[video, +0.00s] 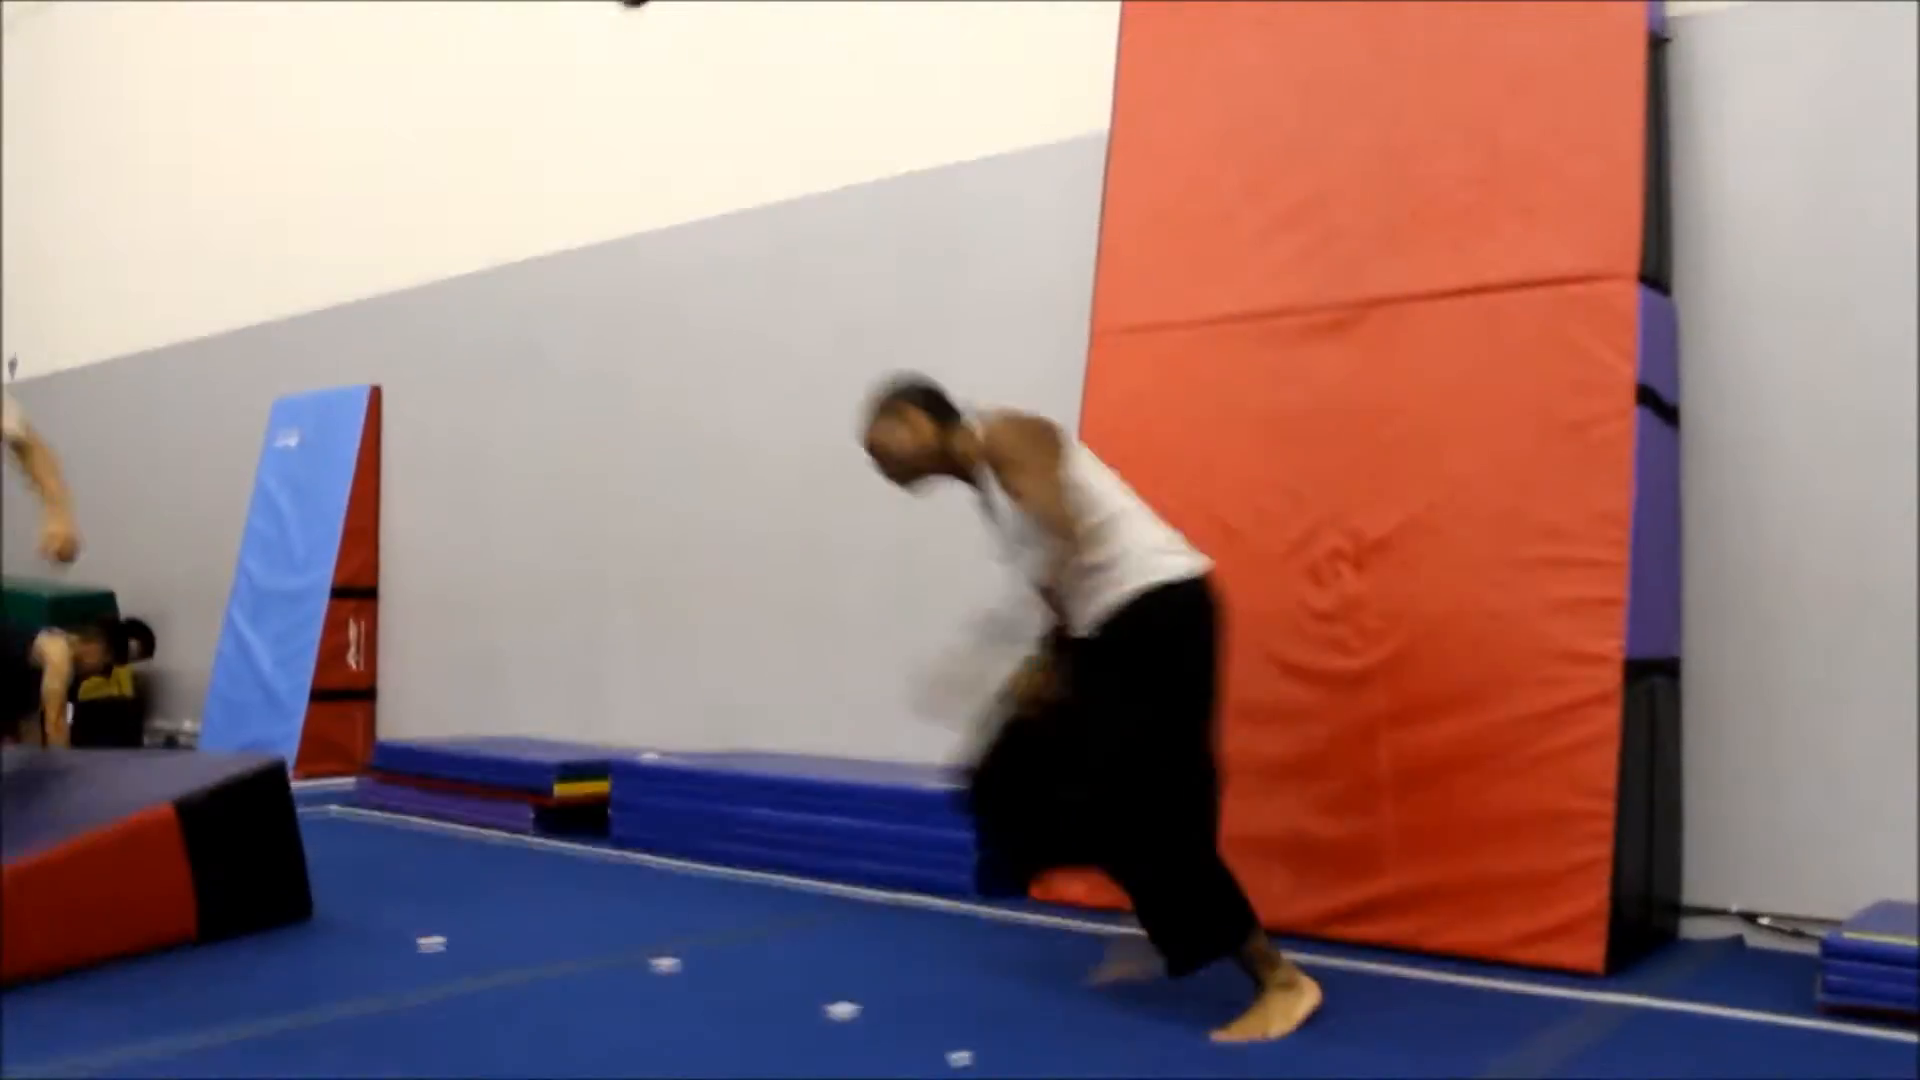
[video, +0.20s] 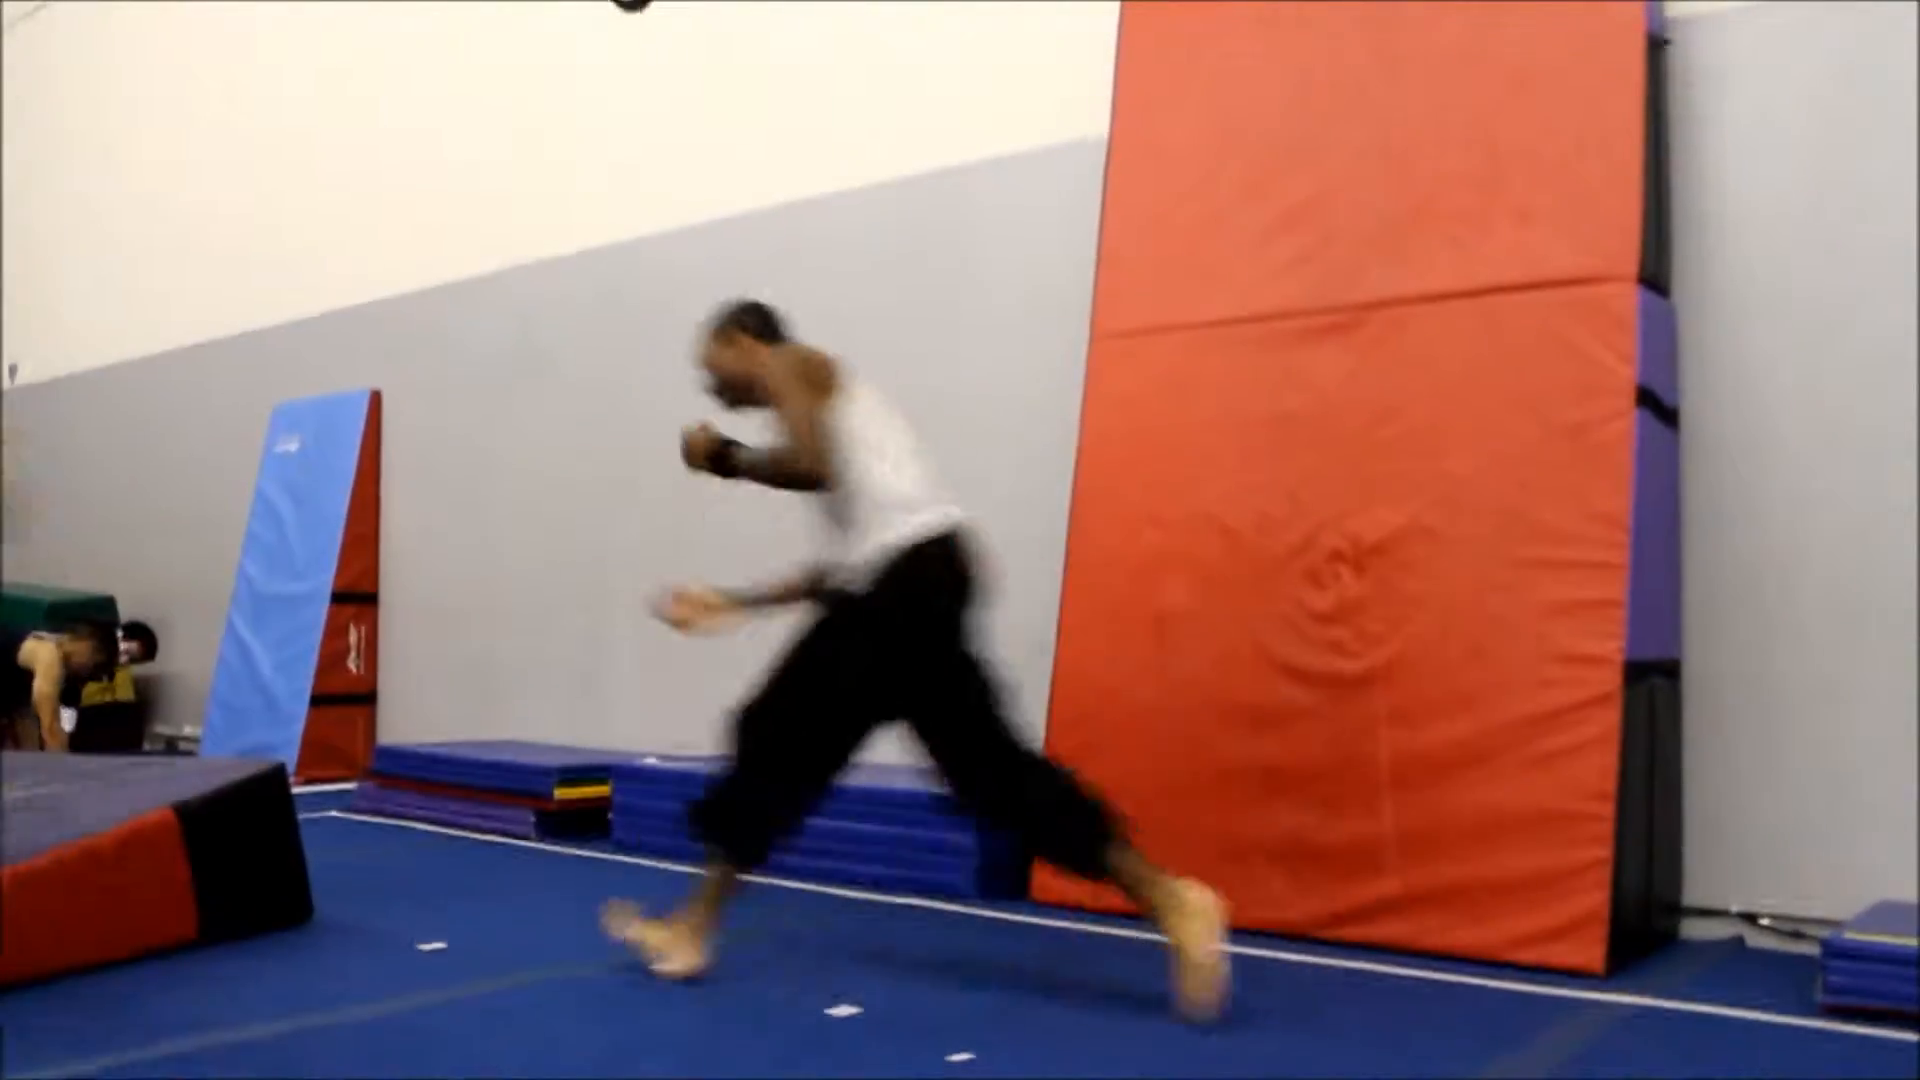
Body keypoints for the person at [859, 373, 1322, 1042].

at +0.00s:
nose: (879, 461)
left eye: (881, 441)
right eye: (873, 449)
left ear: (918, 418)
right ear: (916, 426)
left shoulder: (1005, 437)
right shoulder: (991, 481)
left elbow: (1067, 538)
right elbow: (1069, 579)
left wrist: (1047, 653)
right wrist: (1051, 663)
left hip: (1160, 608)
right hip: (1112, 629)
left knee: (1150, 808)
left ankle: (1281, 980)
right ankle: (1154, 929)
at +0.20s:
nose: (719, 387)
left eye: (718, 368)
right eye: (713, 377)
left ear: (745, 340)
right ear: (765, 338)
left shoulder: (796, 367)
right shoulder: (839, 404)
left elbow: (817, 468)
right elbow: (850, 566)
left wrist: (729, 459)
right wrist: (733, 604)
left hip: (902, 573)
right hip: (922, 576)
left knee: (780, 738)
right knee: (985, 766)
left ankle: (689, 930)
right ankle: (1175, 903)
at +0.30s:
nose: (635, 390)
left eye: (635, 373)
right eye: (630, 380)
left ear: (660, 347)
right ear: (685, 347)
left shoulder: (689, 373)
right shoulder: (738, 395)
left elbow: (723, 482)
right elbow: (723, 577)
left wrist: (674, 477)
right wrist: (613, 585)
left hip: (791, 589)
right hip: (813, 589)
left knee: (673, 754)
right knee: (796, 798)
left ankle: (647, 950)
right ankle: (995, 865)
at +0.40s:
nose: (553, 383)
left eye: (555, 366)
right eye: (548, 371)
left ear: (584, 341)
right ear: (608, 342)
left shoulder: (606, 383)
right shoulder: (661, 392)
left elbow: (637, 508)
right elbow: (612, 576)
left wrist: (591, 556)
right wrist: (500, 606)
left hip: (698, 592)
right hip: (735, 590)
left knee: (603, 771)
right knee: (637, 780)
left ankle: (640, 953)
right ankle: (757, 888)